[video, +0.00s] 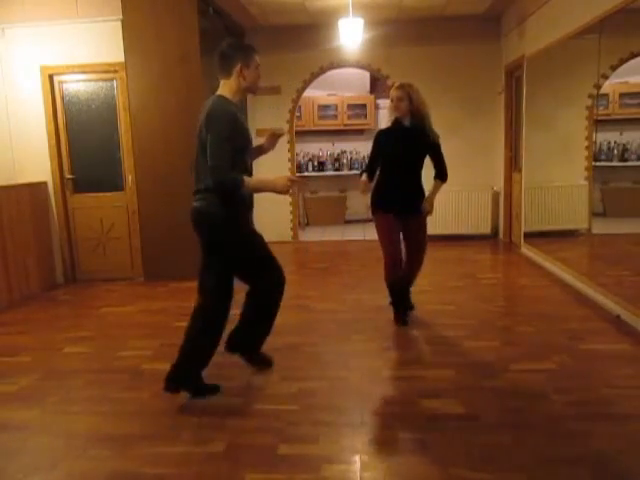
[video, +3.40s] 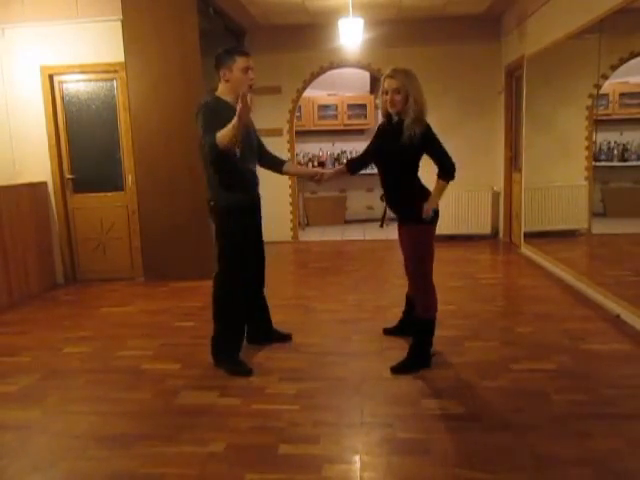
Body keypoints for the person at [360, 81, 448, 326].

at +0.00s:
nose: (394, 104)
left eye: (400, 100)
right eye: (392, 100)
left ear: (411, 102)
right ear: (389, 103)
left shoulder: (424, 134)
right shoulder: (383, 135)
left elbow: (441, 171)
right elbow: (372, 165)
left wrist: (431, 197)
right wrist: (366, 179)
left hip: (412, 200)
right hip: (384, 200)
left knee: (416, 254)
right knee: (392, 255)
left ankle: (403, 289)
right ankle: (399, 308)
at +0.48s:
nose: (393, 97)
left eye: (397, 91)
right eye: (392, 92)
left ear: (412, 94)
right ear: (401, 94)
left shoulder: (424, 125)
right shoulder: (401, 128)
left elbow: (436, 169)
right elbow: (380, 168)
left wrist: (410, 194)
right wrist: (352, 162)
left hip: (413, 206)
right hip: (394, 206)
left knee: (394, 268)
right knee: (395, 265)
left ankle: (399, 334)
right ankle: (429, 306)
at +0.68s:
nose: (395, 95)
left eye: (399, 89)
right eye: (395, 90)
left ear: (415, 91)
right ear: (408, 93)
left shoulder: (427, 123)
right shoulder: (408, 127)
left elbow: (442, 170)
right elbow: (385, 168)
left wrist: (412, 195)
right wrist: (352, 163)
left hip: (416, 209)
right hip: (413, 208)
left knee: (392, 270)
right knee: (420, 274)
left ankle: (411, 330)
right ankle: (455, 336)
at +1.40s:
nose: (394, 91)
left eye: (399, 86)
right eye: (394, 86)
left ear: (414, 90)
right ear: (409, 90)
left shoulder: (423, 126)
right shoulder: (407, 124)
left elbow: (434, 177)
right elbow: (395, 161)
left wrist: (407, 204)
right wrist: (360, 161)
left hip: (418, 208)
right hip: (412, 208)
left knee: (394, 270)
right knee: (410, 266)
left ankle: (434, 325)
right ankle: (427, 320)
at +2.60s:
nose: (391, 92)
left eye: (396, 87)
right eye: (392, 87)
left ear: (411, 88)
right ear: (409, 90)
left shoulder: (424, 122)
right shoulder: (409, 123)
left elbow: (430, 169)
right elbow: (381, 164)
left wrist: (399, 189)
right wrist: (338, 178)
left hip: (415, 204)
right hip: (412, 202)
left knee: (404, 277)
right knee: (412, 268)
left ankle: (419, 347)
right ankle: (426, 321)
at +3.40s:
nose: (392, 97)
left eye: (398, 92)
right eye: (387, 92)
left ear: (410, 94)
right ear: (382, 96)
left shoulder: (418, 129)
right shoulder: (386, 128)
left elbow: (447, 168)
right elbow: (362, 160)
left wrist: (433, 201)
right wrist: (330, 173)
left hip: (420, 212)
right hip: (405, 212)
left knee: (421, 278)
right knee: (412, 270)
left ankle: (422, 349)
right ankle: (410, 320)